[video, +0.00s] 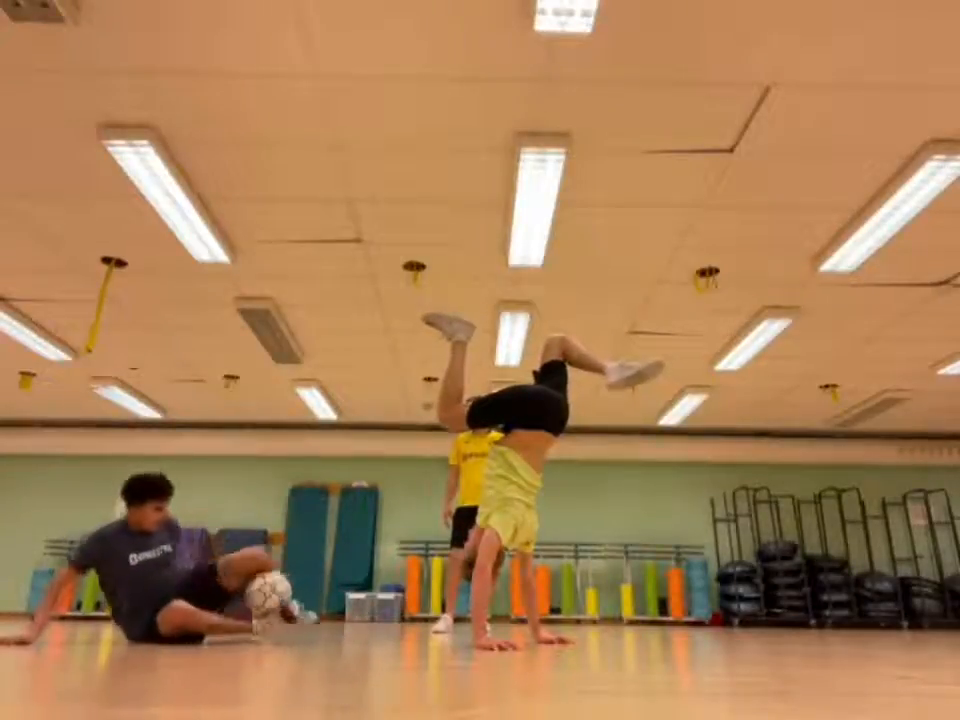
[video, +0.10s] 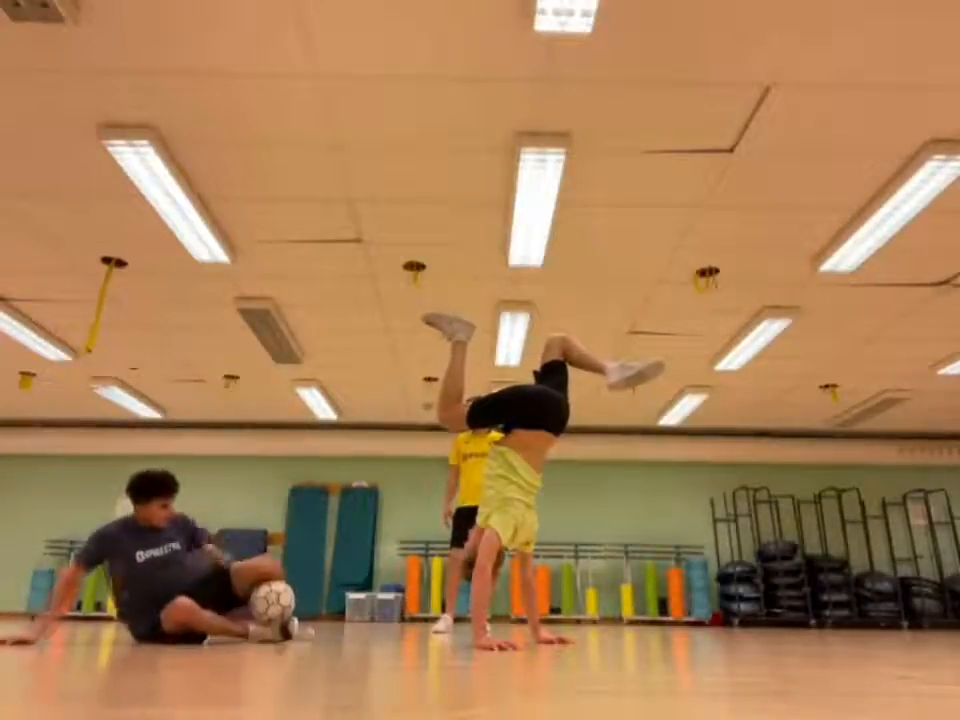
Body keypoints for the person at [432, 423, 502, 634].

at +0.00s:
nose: (476, 418)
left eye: (481, 412)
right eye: (473, 411)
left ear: (492, 415)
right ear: (467, 415)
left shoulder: (499, 439)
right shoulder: (462, 440)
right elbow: (454, 473)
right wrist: (448, 503)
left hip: (492, 504)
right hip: (466, 504)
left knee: (490, 564)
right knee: (456, 558)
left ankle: (483, 618)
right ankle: (449, 613)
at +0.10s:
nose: (476, 418)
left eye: (481, 412)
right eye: (473, 412)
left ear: (491, 415)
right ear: (466, 415)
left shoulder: (499, 439)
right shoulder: (462, 440)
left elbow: (507, 471)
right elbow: (454, 473)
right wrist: (448, 503)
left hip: (492, 504)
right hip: (466, 504)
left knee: (490, 564)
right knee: (456, 558)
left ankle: (483, 618)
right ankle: (449, 613)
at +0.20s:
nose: (476, 419)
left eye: (481, 413)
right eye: (473, 413)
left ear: (491, 416)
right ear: (466, 416)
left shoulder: (499, 439)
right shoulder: (462, 440)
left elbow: (507, 471)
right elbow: (453, 473)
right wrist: (448, 504)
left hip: (492, 504)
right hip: (465, 504)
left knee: (490, 564)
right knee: (456, 558)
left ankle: (483, 618)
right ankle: (448, 613)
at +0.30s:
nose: (476, 420)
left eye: (481, 414)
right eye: (473, 414)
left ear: (491, 416)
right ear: (467, 416)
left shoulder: (499, 439)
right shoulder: (462, 440)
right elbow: (453, 473)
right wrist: (448, 504)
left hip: (492, 504)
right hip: (465, 504)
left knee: (490, 564)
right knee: (456, 557)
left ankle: (484, 618)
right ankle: (448, 613)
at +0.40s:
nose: (476, 420)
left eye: (481, 414)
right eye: (473, 414)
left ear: (491, 416)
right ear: (466, 415)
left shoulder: (499, 439)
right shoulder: (462, 440)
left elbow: (506, 471)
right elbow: (453, 473)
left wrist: (502, 501)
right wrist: (448, 503)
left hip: (491, 504)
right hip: (465, 504)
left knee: (490, 563)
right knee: (455, 557)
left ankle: (483, 618)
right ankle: (448, 613)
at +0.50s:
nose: (476, 420)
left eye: (481, 414)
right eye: (472, 413)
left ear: (491, 415)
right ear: (466, 415)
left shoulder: (499, 438)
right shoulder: (462, 440)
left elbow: (506, 471)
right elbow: (453, 473)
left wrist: (502, 501)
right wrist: (448, 503)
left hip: (491, 504)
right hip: (465, 504)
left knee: (489, 563)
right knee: (456, 557)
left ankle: (483, 617)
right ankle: (448, 613)